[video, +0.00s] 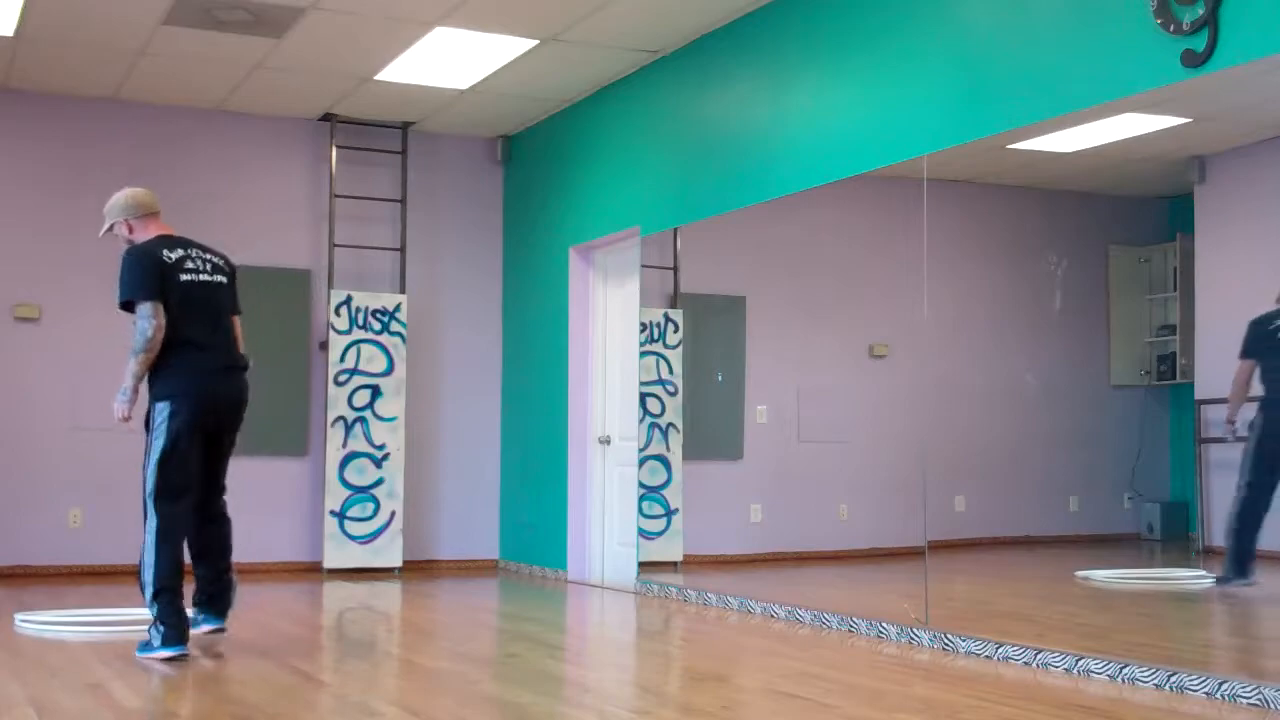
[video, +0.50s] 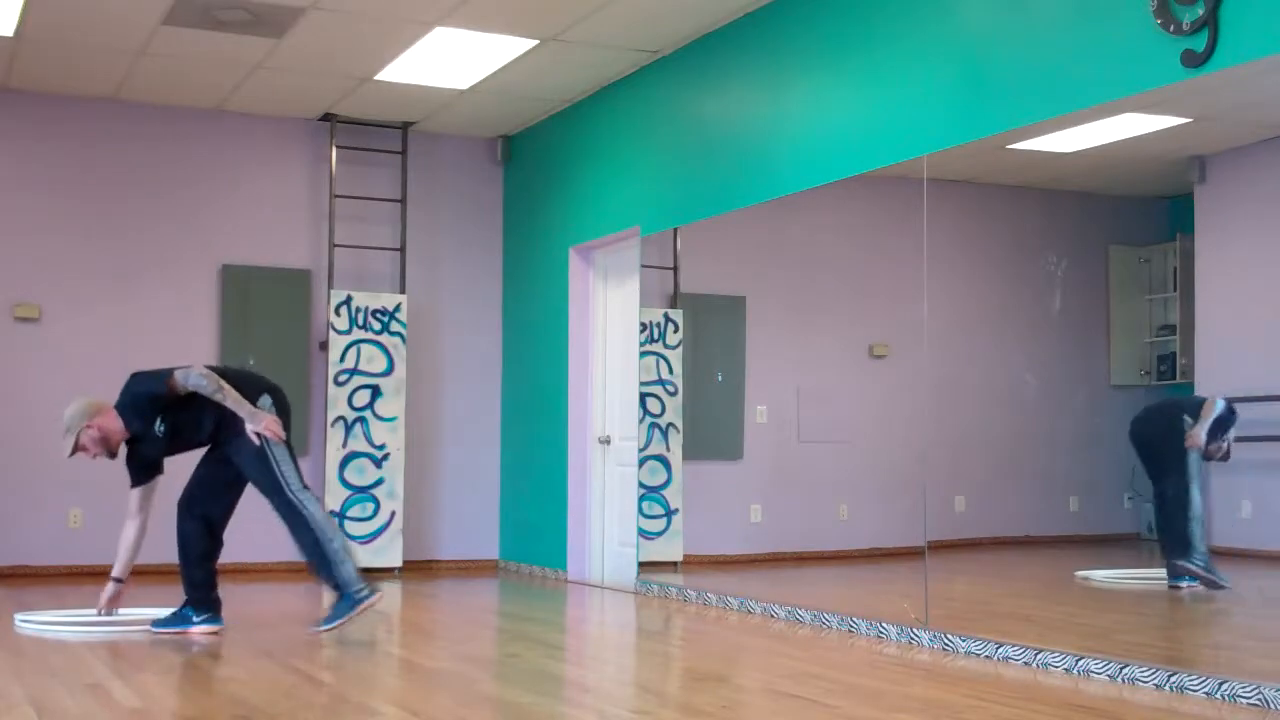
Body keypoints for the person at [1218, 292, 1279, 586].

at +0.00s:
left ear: (1276, 297)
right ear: (1276, 299)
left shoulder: (1264, 325)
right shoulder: (1264, 325)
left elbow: (1243, 377)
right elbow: (1244, 377)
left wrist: (1232, 414)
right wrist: (1233, 414)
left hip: (1273, 418)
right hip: (1271, 417)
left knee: (1255, 491)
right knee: (1255, 491)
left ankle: (1238, 567)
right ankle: (1238, 567)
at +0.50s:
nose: (1211, 454)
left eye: (1214, 456)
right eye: (1217, 453)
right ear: (1224, 441)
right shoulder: (1227, 418)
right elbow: (1216, 402)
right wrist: (1201, 428)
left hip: (1141, 426)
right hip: (1172, 421)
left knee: (1164, 494)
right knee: (1187, 490)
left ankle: (1177, 571)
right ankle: (1194, 557)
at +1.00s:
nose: (1159, 342)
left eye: (1159, 336)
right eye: (1155, 335)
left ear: (1138, 339)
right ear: (1138, 336)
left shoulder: (1127, 372)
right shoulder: (1123, 355)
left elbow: (1108, 430)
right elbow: (1099, 384)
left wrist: (1139, 452)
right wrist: (1109, 430)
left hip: (1093, 442)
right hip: (1076, 436)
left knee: (1128, 502)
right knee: (1087, 509)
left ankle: (1158, 566)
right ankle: (1047, 567)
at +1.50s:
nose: (1065, 299)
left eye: (1066, 295)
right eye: (1058, 294)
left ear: (1064, 302)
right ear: (1040, 301)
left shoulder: (1071, 343)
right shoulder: (1024, 336)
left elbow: (1088, 388)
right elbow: (998, 375)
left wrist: (1122, 373)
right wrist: (990, 416)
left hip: (1062, 426)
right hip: (1033, 425)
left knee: (1066, 496)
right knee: (1048, 495)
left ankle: (1052, 564)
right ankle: (1041, 566)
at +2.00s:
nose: (1039, 305)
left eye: (1041, 300)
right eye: (1033, 300)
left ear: (1043, 306)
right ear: (1018, 305)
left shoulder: (1049, 345)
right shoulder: (996, 339)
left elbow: (1065, 382)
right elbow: (977, 379)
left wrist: (1078, 390)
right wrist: (974, 418)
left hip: (1035, 427)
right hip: (1001, 426)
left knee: (1032, 498)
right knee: (993, 496)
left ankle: (1028, 560)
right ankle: (977, 562)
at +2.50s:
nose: (982, 307)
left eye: (984, 302)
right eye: (975, 303)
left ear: (987, 307)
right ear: (961, 308)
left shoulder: (1000, 344)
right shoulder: (941, 345)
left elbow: (1018, 383)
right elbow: (931, 392)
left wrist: (1036, 412)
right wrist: (929, 428)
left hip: (994, 432)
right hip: (957, 434)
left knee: (1010, 496)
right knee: (952, 503)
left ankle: (1021, 558)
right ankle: (944, 564)